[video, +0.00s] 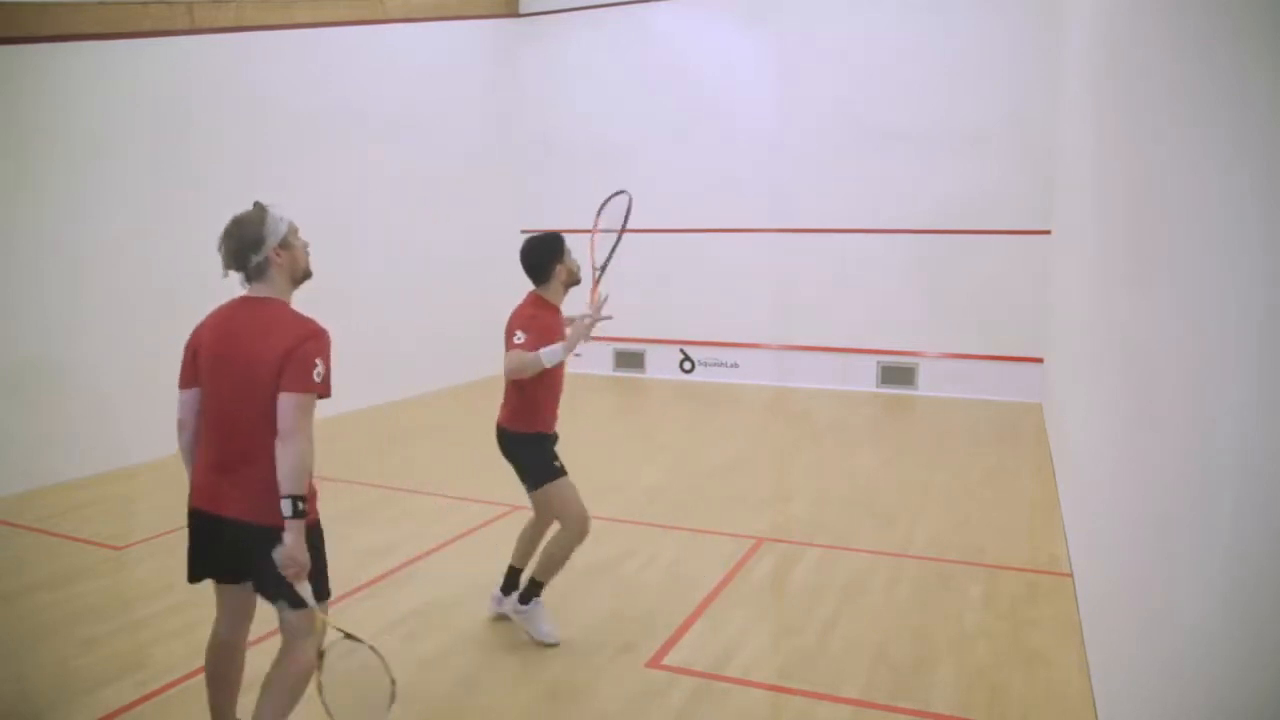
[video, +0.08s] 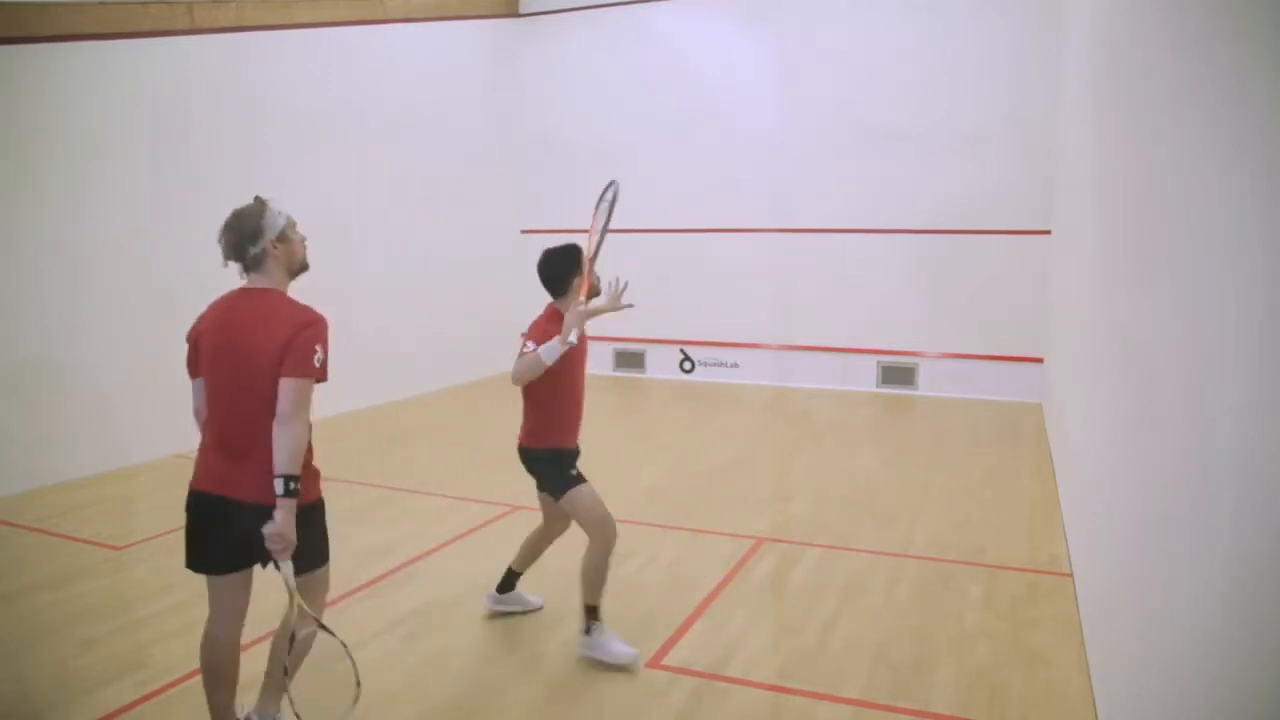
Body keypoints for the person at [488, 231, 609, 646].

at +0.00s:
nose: (574, 264)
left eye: (570, 257)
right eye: (569, 258)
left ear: (546, 271)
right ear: (558, 269)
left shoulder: (547, 311)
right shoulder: (530, 317)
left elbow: (558, 332)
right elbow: (514, 367)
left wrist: (588, 319)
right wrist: (567, 345)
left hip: (534, 432)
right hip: (523, 436)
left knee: (544, 514)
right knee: (576, 523)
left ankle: (507, 592)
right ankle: (527, 600)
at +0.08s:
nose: (593, 275)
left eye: (590, 268)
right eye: (588, 270)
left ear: (562, 284)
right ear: (577, 281)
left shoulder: (570, 315)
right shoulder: (545, 327)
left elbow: (583, 313)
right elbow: (520, 375)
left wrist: (607, 306)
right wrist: (565, 338)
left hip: (559, 446)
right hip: (544, 451)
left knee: (555, 524)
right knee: (603, 531)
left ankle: (503, 591)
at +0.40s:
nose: (687, 286)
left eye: (681, 277)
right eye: (680, 280)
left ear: (648, 299)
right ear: (666, 294)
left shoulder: (641, 337)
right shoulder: (656, 353)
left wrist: (729, 368)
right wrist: (709, 366)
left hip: (629, 473)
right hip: (654, 484)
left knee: (629, 540)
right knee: (723, 570)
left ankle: (577, 608)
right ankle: (707, 674)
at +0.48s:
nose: (701, 276)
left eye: (695, 268)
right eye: (693, 270)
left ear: (656, 287)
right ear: (677, 284)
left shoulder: (637, 329)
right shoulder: (699, 348)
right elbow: (792, 354)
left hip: (635, 468)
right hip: (671, 478)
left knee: (660, 535)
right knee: (745, 566)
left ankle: (624, 617)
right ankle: (713, 669)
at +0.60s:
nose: (717, 285)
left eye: (712, 277)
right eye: (713, 278)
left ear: (672, 293)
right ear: (704, 288)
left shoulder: (655, 344)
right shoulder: (715, 352)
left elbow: (693, 378)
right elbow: (782, 364)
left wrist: (742, 388)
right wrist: (831, 359)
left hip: (658, 487)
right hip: (698, 494)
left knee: (697, 533)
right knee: (768, 595)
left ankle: (659, 618)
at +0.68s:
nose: (725, 308)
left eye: (720, 301)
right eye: (722, 302)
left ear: (678, 315)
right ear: (720, 311)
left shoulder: (663, 369)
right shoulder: (730, 374)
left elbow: (697, 410)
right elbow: (791, 397)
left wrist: (748, 417)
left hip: (672, 514)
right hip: (716, 518)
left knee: (714, 544)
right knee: (796, 607)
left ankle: (666, 629)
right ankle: (788, 714)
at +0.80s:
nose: (717, 312)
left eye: (711, 306)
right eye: (715, 306)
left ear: (670, 317)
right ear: (714, 313)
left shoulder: (652, 379)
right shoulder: (734, 375)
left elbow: (667, 434)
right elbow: (781, 430)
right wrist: (766, 409)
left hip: (672, 522)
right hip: (724, 519)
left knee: (707, 559)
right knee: (795, 606)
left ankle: (673, 654)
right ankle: (788, 714)